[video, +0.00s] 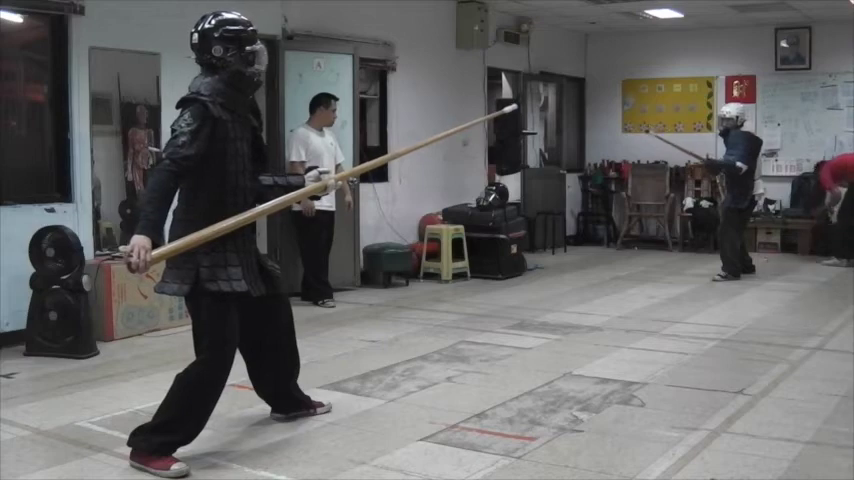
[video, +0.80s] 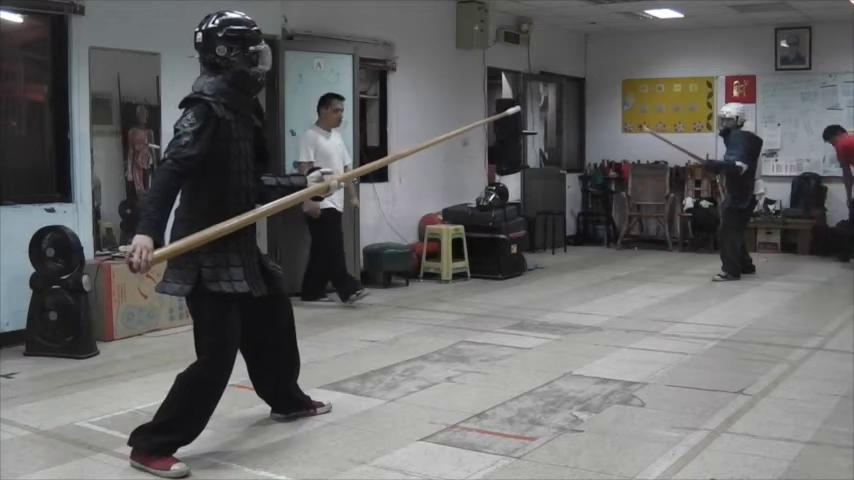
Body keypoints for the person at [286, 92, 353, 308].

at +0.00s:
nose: (335, 115)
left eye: (335, 111)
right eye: (332, 110)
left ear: (322, 112)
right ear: (319, 111)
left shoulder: (329, 136)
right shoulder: (300, 135)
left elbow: (338, 168)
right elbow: (295, 169)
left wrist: (347, 191)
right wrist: (303, 197)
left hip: (327, 203)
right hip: (308, 204)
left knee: (322, 250)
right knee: (313, 250)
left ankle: (312, 290)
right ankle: (320, 293)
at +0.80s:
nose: (341, 115)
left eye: (342, 111)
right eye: (337, 111)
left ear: (339, 112)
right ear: (323, 111)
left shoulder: (337, 137)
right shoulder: (310, 136)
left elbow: (345, 168)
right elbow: (304, 170)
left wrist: (353, 195)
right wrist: (307, 198)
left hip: (335, 201)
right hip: (319, 202)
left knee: (322, 249)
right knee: (333, 247)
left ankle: (311, 291)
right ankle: (347, 289)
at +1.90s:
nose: (377, 128)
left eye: (378, 124)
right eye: (372, 123)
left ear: (376, 126)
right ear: (359, 124)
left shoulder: (371, 149)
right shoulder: (347, 144)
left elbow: (384, 169)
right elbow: (369, 126)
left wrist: (399, 182)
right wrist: (385, 102)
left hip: (356, 208)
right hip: (345, 209)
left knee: (336, 252)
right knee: (371, 247)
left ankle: (320, 287)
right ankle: (371, 298)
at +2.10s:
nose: (374, 127)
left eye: (376, 123)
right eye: (370, 121)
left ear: (374, 124)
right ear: (356, 121)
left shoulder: (368, 149)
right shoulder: (346, 143)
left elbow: (382, 170)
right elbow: (375, 138)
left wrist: (400, 182)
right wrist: (398, 119)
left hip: (355, 208)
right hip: (345, 208)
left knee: (337, 251)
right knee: (370, 247)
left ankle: (321, 287)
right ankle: (371, 298)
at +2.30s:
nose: (372, 121)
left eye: (374, 117)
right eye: (367, 117)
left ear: (374, 121)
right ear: (352, 120)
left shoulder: (368, 149)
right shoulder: (348, 143)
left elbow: (382, 171)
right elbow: (376, 139)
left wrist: (400, 182)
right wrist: (401, 123)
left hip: (355, 208)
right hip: (344, 208)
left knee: (336, 251)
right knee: (370, 246)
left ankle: (321, 288)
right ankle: (371, 298)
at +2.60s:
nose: (370, 121)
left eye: (372, 117)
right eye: (365, 117)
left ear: (373, 120)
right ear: (351, 121)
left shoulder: (369, 149)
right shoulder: (345, 143)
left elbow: (382, 171)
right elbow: (370, 133)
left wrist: (399, 182)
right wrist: (393, 113)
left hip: (355, 208)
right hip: (345, 208)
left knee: (337, 252)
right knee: (370, 246)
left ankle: (321, 288)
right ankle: (371, 298)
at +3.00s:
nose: (361, 118)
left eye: (362, 114)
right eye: (356, 114)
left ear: (362, 120)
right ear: (342, 120)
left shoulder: (346, 143)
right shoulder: (344, 144)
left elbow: (364, 175)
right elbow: (363, 172)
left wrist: (387, 186)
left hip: (344, 208)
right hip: (344, 208)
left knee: (357, 250)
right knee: (368, 247)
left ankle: (330, 283)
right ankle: (372, 298)